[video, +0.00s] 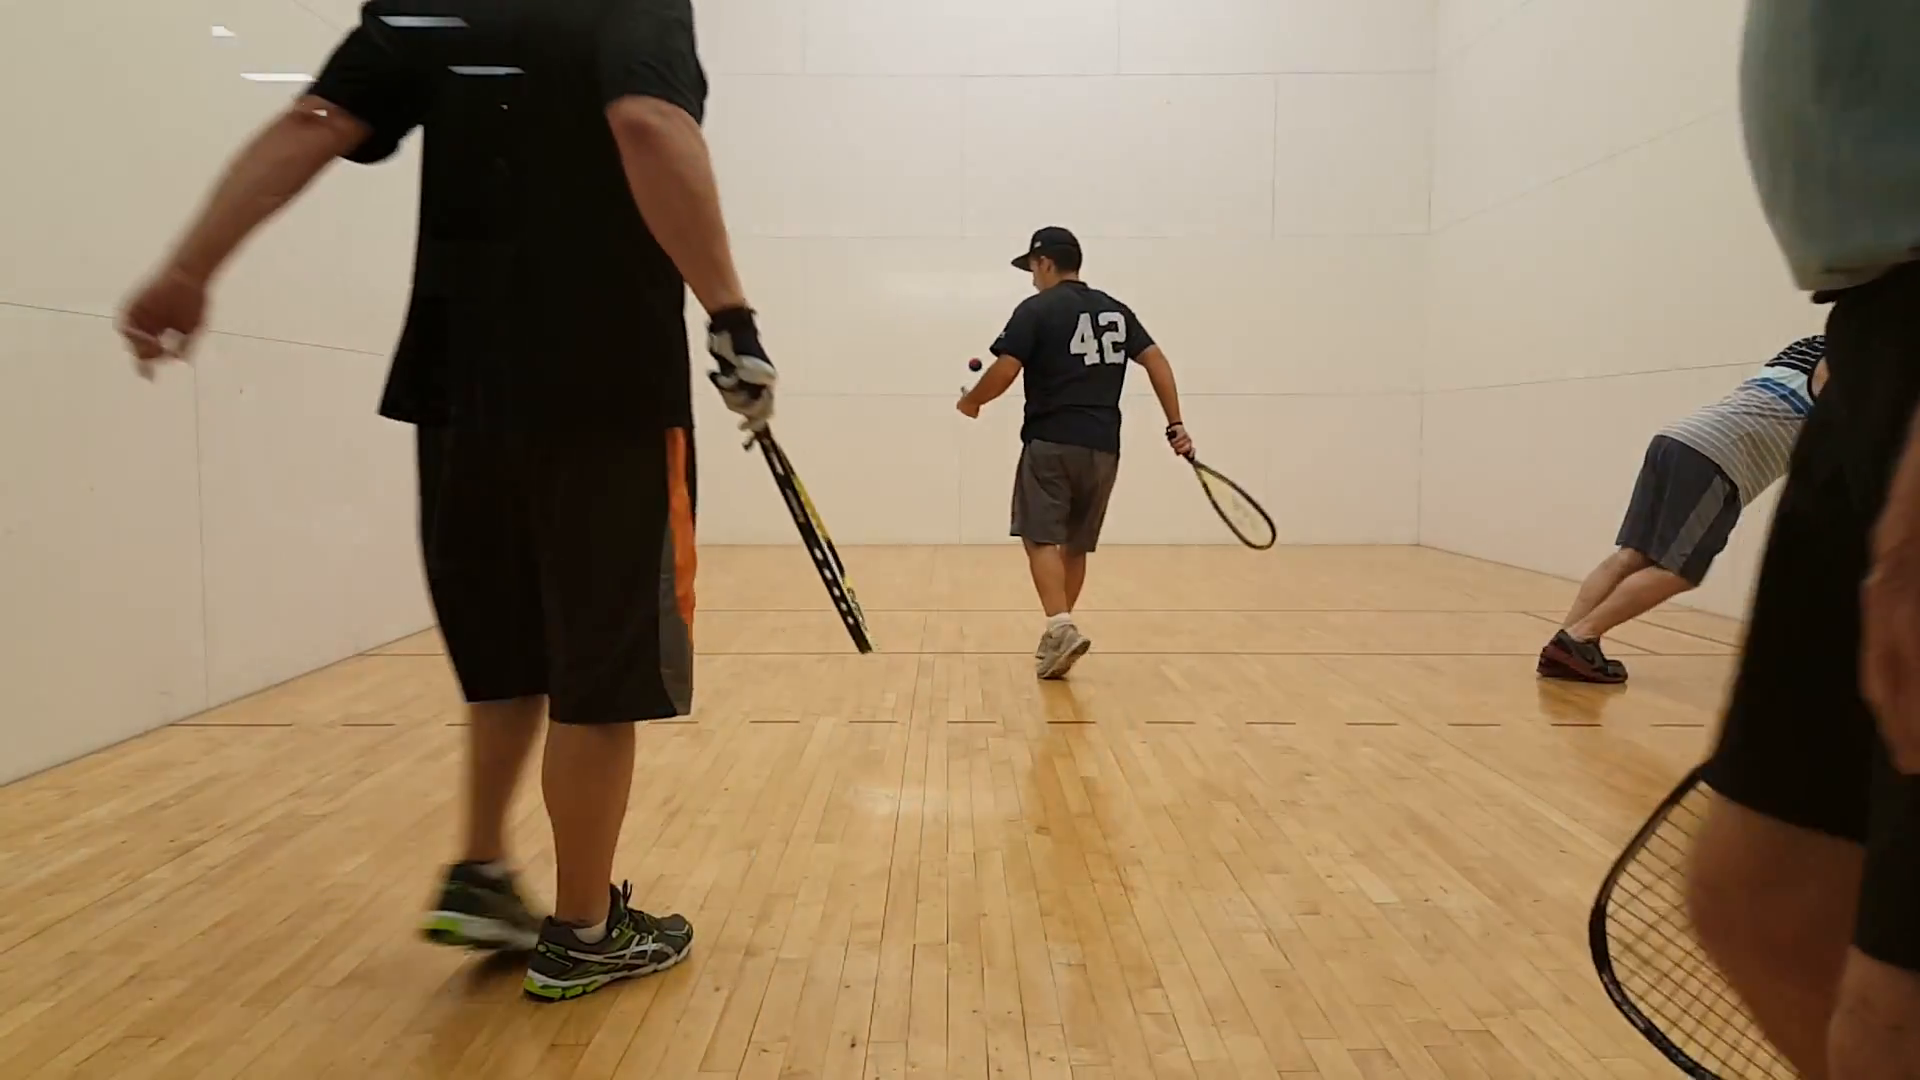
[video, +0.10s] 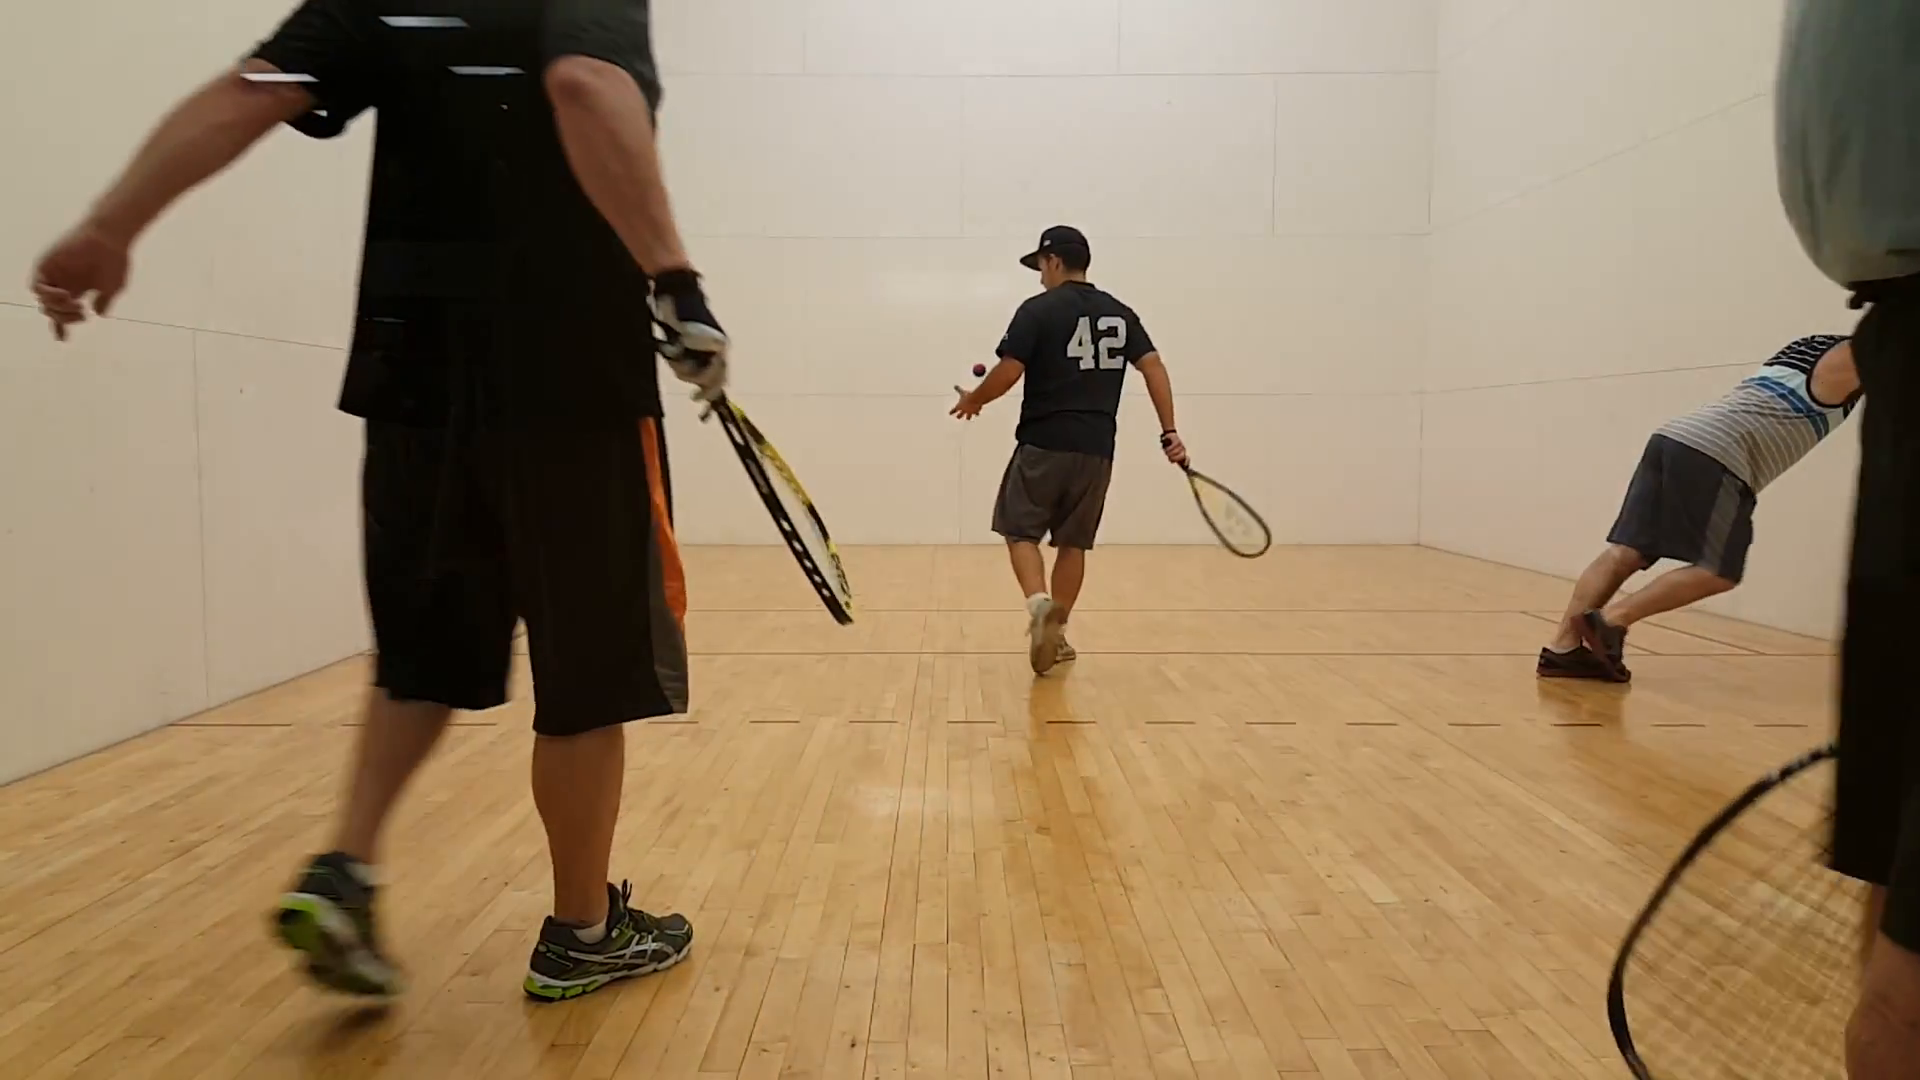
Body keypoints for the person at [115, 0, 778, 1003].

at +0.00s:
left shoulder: (430, 3)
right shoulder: (641, 4)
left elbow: (318, 121)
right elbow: (647, 122)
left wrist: (189, 266)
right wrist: (733, 316)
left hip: (462, 386)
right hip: (603, 388)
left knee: (507, 643)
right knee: (602, 667)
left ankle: (480, 869)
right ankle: (587, 928)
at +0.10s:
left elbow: (256, 87)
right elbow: (584, 84)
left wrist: (110, 225)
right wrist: (677, 278)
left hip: (414, 374)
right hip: (569, 376)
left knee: (428, 641)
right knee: (590, 656)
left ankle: (347, 870)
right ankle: (585, 926)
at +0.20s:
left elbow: (179, 75)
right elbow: (526, 64)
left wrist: (56, 221)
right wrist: (640, 261)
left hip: (363, 364)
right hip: (524, 371)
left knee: (340, 636)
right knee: (564, 641)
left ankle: (215, 899)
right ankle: (583, 925)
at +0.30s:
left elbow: (98, 123)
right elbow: (508, 87)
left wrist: (63, 252)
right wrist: (642, 273)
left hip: (304, 381)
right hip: (477, 387)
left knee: (250, 659)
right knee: (530, 657)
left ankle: (124, 985)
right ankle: (581, 923)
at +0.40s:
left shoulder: (174, 2)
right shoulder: (432, 3)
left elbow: (79, 188)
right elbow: (525, 170)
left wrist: (156, 298)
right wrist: (617, 290)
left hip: (222, 402)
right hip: (411, 404)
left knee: (168, 706)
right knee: (489, 669)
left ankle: (102, 1026)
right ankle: (566, 922)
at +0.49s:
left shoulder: (112, 14)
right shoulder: (389, 2)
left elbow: (80, 153)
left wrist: (155, 231)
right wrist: (517, 220)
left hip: (149, 378)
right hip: (345, 373)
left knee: (125, 707)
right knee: (437, 664)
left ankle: (91, 1034)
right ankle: (550, 919)